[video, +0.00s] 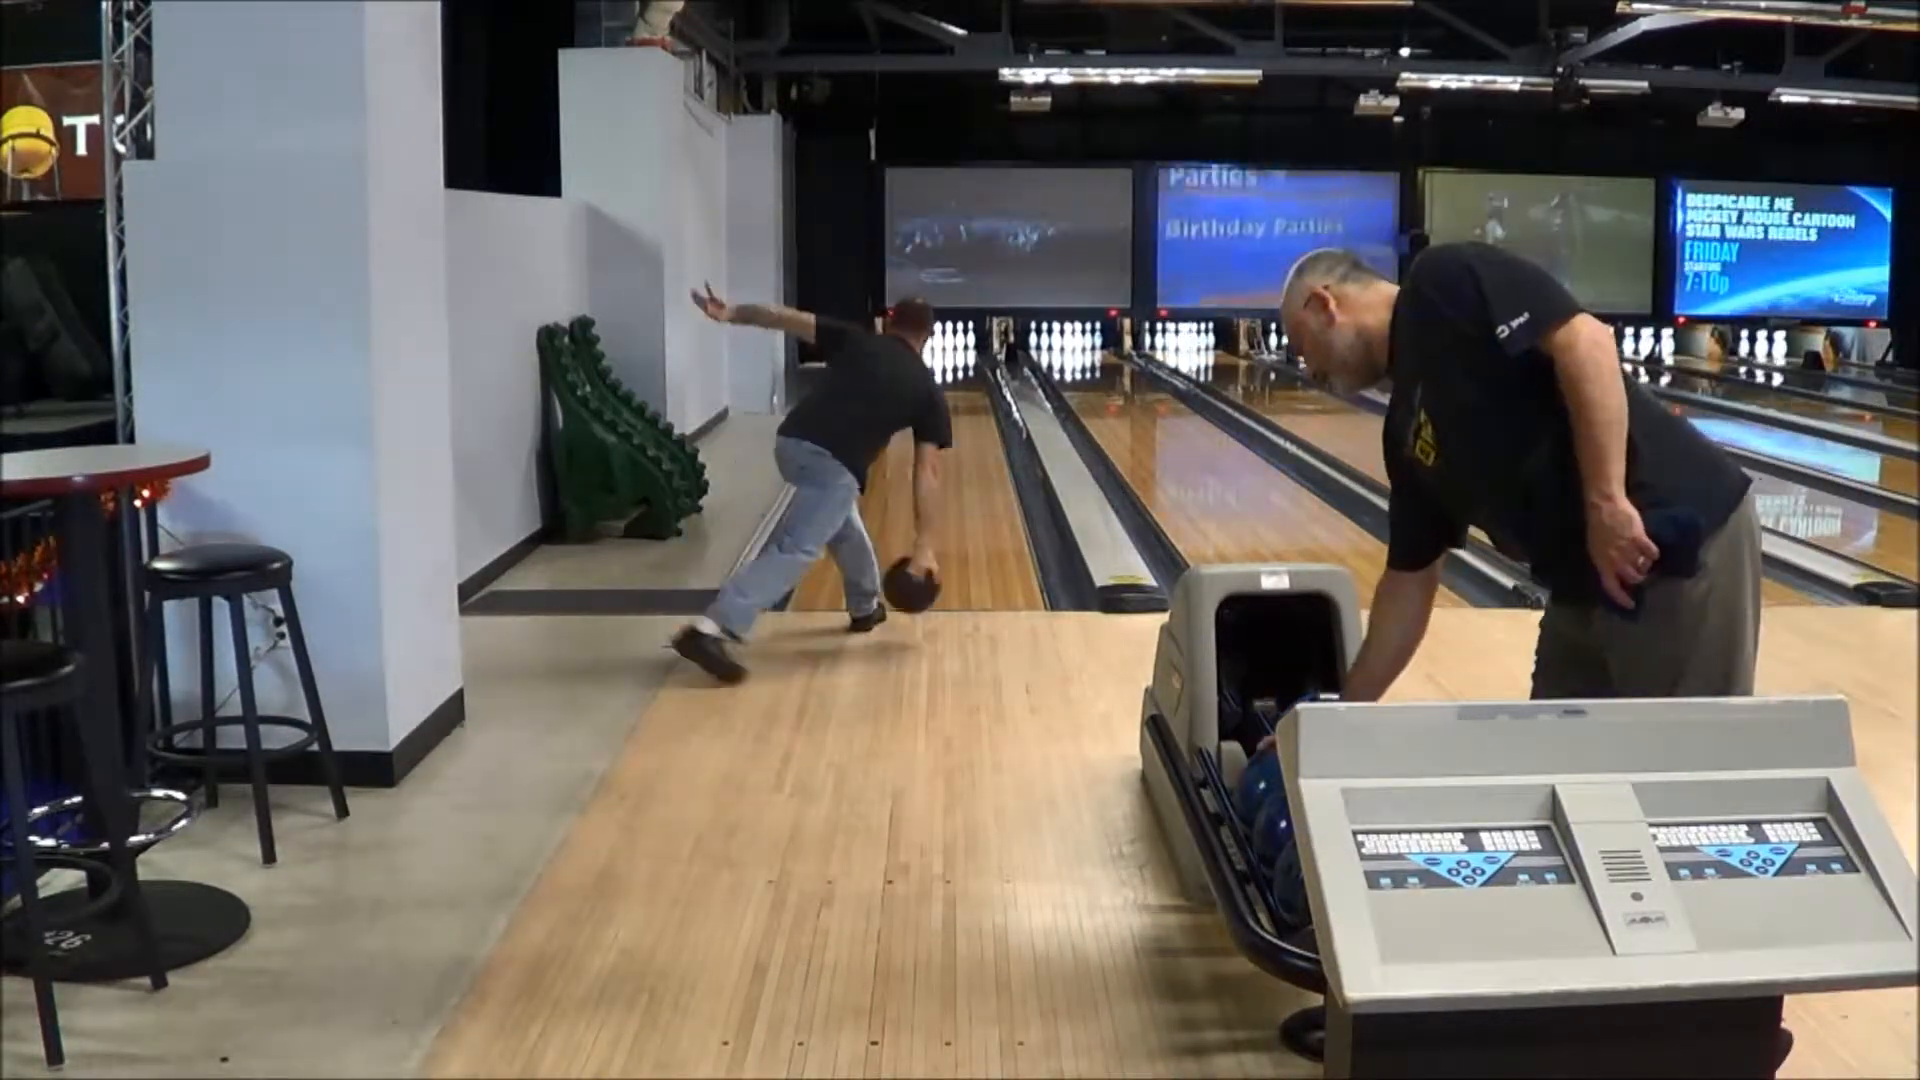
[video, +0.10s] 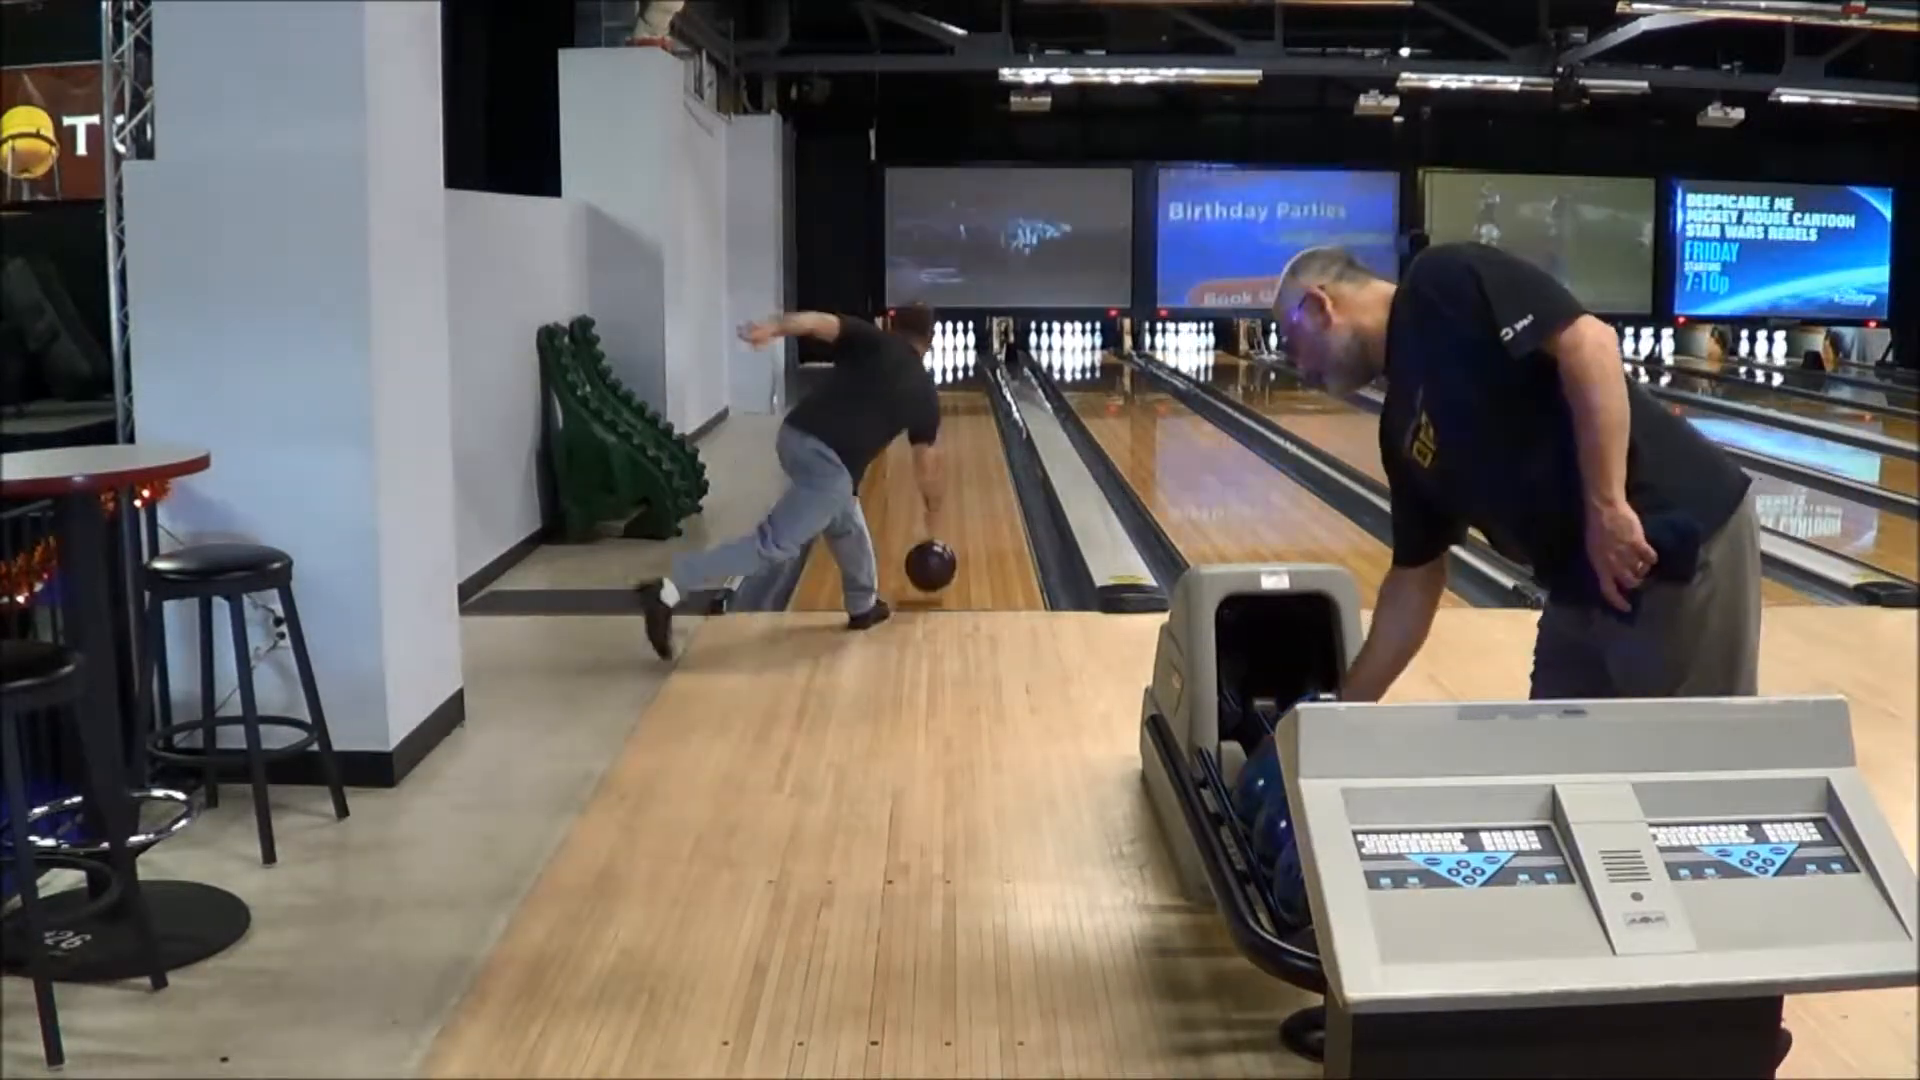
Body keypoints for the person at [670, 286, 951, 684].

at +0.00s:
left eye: (889, 324)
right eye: (923, 335)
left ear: (887, 325)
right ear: (926, 337)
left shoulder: (858, 340)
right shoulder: (925, 389)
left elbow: (785, 318)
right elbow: (928, 472)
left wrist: (730, 313)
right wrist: (924, 546)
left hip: (790, 444)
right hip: (834, 464)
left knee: (845, 526)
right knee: (796, 550)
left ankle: (865, 606)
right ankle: (711, 627)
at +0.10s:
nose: (931, 350)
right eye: (932, 344)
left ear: (891, 326)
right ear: (928, 344)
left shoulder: (872, 339)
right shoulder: (922, 391)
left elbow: (819, 323)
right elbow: (927, 463)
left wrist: (773, 329)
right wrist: (933, 521)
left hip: (795, 438)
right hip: (832, 466)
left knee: (846, 524)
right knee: (773, 544)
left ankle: (863, 606)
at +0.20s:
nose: (941, 351)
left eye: (939, 344)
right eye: (941, 345)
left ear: (905, 330)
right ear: (938, 345)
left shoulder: (890, 337)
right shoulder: (932, 394)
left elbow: (829, 330)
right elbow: (930, 420)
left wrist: (814, 343)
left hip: (795, 431)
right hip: (829, 459)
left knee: (846, 518)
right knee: (761, 534)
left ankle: (862, 606)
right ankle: (656, 581)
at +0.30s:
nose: (957, 352)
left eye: (956, 346)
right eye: (956, 347)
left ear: (916, 327)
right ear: (948, 343)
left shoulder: (889, 333)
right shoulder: (944, 379)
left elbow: (829, 327)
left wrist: (831, 345)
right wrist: (940, 304)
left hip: (797, 424)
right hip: (834, 451)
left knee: (848, 515)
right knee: (760, 527)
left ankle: (862, 605)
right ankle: (659, 579)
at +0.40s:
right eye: (956, 320)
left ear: (918, 307)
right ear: (952, 324)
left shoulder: (889, 322)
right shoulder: (947, 366)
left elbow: (825, 321)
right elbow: (975, 338)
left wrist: (798, 327)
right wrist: (965, 297)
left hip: (802, 418)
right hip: (837, 441)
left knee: (852, 514)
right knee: (777, 525)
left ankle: (863, 604)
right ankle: (679, 587)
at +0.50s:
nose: (951, 316)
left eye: (947, 308)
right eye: (952, 311)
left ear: (918, 297)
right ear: (952, 312)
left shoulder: (883, 314)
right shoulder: (940, 355)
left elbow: (823, 315)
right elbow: (990, 357)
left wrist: (768, 317)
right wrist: (984, 307)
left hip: (807, 415)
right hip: (838, 438)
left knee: (854, 511)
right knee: (783, 522)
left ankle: (863, 605)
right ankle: (688, 585)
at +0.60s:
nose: (953, 310)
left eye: (949, 302)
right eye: (955, 304)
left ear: (918, 289)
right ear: (951, 302)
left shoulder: (880, 307)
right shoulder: (936, 344)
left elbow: (814, 313)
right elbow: (984, 393)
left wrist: (755, 321)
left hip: (810, 411)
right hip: (839, 431)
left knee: (855, 510)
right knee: (787, 516)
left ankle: (863, 604)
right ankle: (695, 584)